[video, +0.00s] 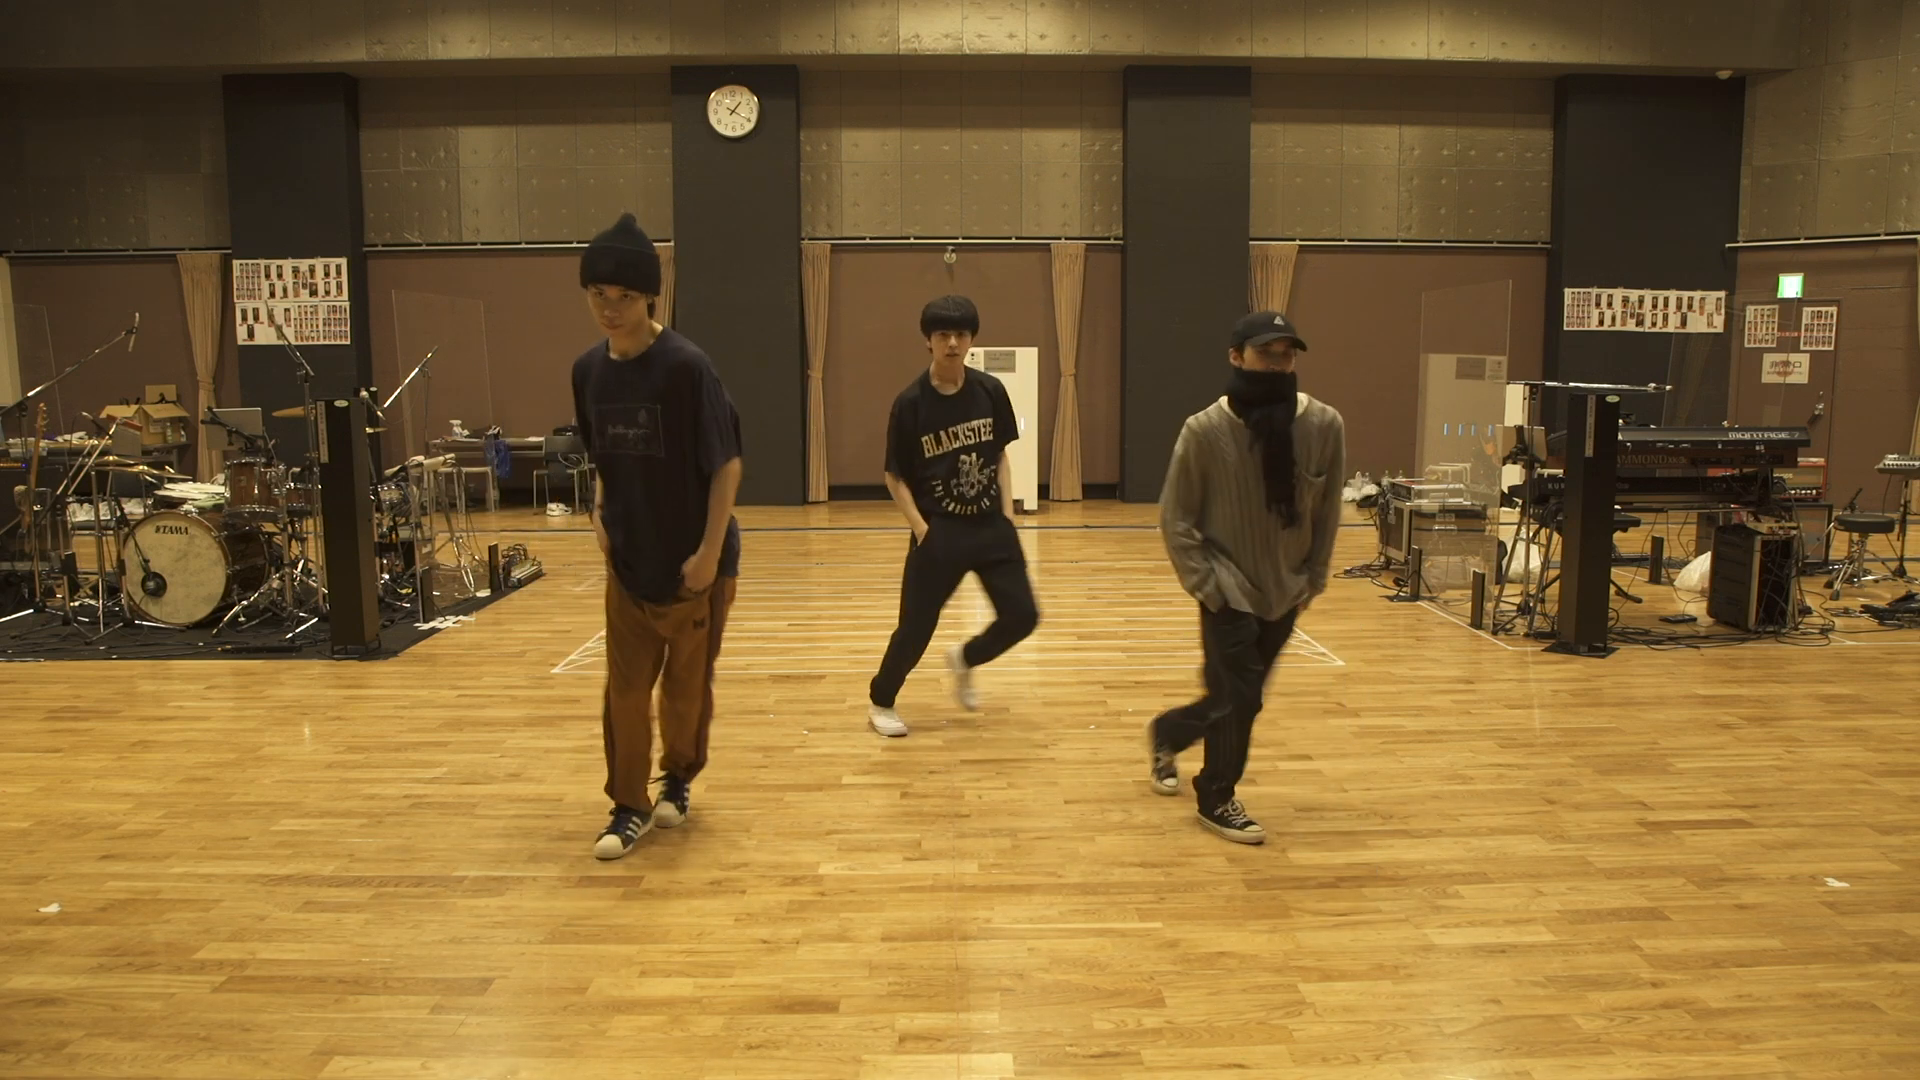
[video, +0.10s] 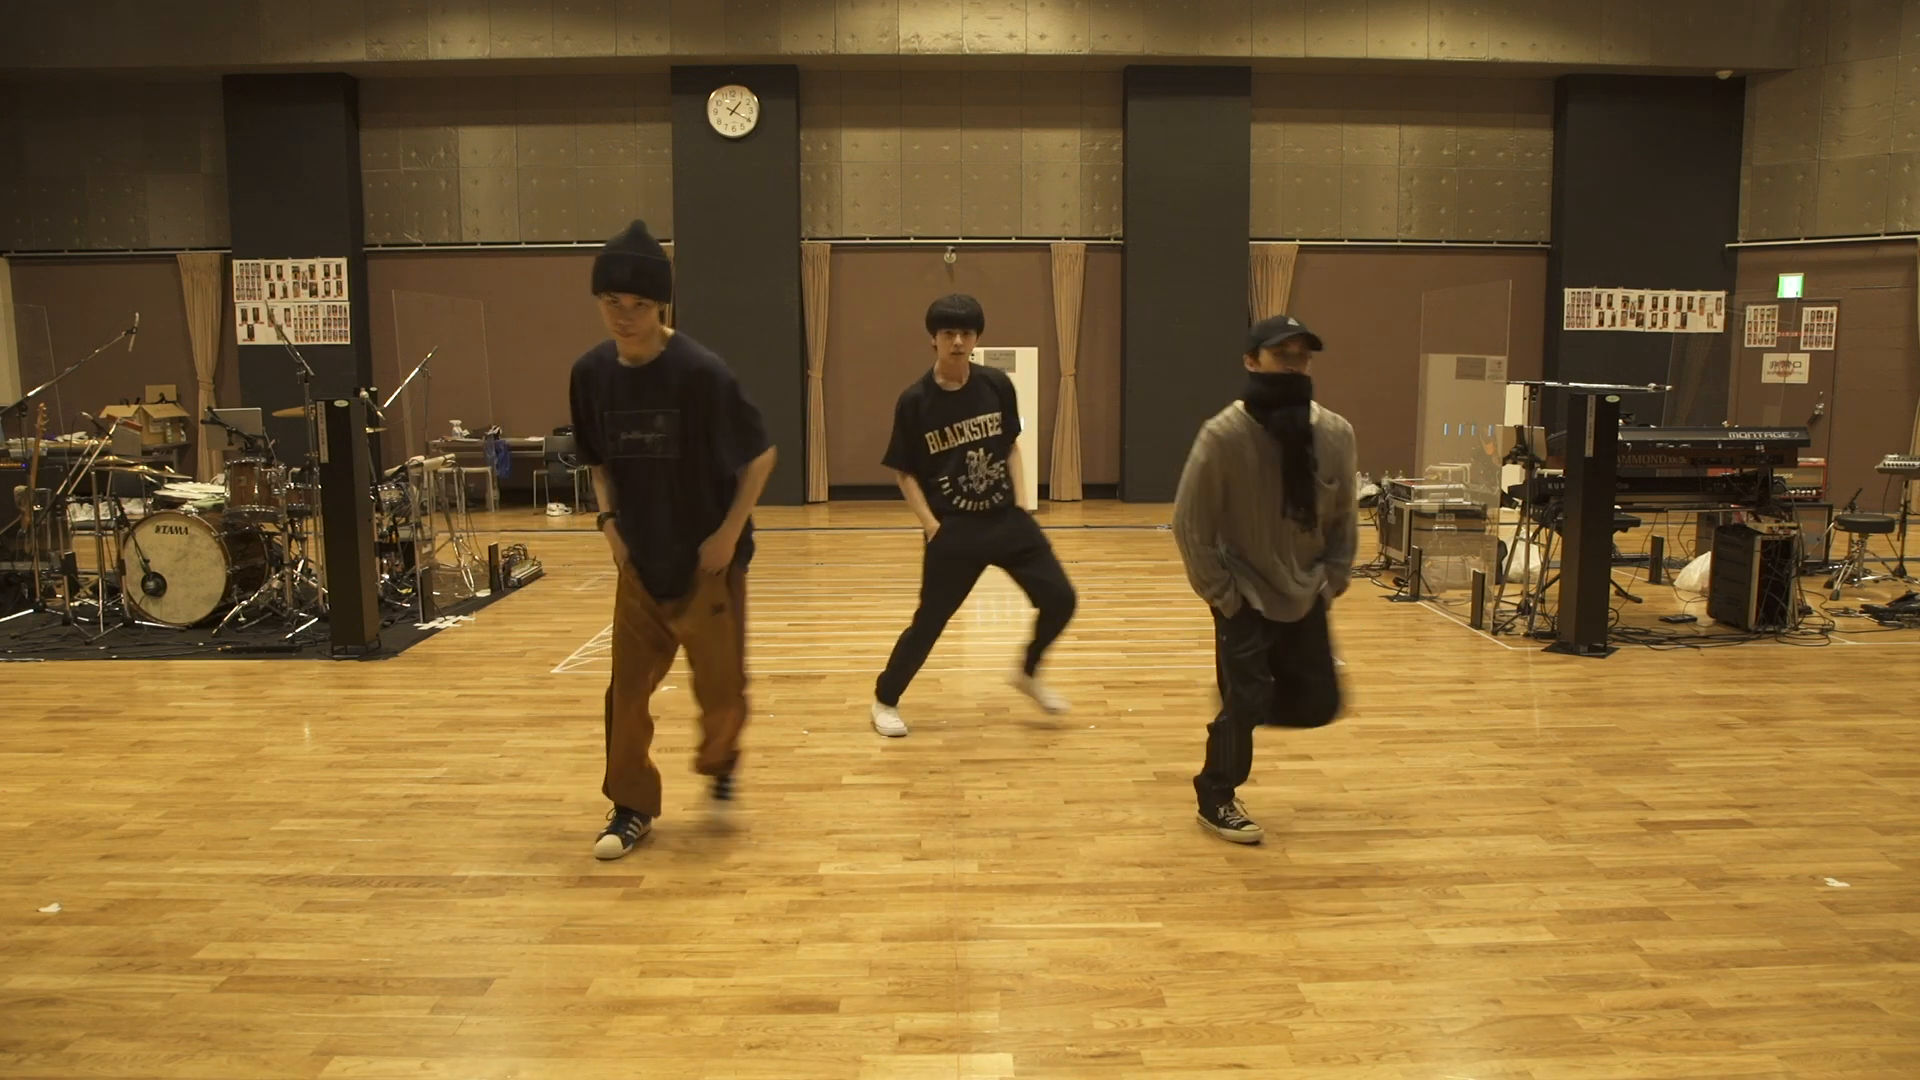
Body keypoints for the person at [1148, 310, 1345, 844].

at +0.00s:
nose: (1281, 362)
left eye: (1289, 352)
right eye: (1268, 352)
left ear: (1297, 359)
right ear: (1237, 357)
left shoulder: (1322, 425)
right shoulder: (1204, 432)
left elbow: (1328, 512)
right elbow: (1176, 521)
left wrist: (1312, 579)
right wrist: (1210, 586)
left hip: (1286, 590)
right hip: (1228, 590)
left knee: (1244, 698)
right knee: (1239, 698)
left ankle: (1167, 734)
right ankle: (1216, 798)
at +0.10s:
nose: (1295, 366)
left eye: (1303, 357)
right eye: (1282, 356)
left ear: (1311, 364)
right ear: (1253, 362)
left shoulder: (1334, 433)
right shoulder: (1222, 436)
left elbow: (1344, 519)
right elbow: (1190, 524)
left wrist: (1330, 581)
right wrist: (1223, 597)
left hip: (1305, 592)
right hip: (1243, 594)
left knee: (1319, 703)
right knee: (1246, 701)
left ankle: (1239, 708)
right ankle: (1215, 798)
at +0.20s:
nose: (1321, 367)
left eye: (1328, 357)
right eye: (1307, 357)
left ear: (1336, 364)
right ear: (1278, 364)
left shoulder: (1352, 435)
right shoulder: (1250, 439)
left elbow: (1353, 519)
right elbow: (1202, 531)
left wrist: (1346, 577)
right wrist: (1229, 605)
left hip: (1331, 598)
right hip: (1262, 608)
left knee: (1411, 659)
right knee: (1242, 714)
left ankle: (1333, 729)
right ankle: (1216, 797)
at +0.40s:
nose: (1383, 370)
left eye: (1387, 359)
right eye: (1369, 361)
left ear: (1393, 364)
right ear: (1339, 370)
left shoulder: (1386, 426)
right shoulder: (1321, 443)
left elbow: (1393, 511)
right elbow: (1292, 542)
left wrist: (1415, 572)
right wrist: (1325, 621)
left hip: (1415, 593)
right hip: (1353, 616)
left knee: (1465, 707)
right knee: (1368, 733)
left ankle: (1496, 818)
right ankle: (1285, 786)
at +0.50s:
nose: (1395, 393)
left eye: (1400, 381)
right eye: (1378, 386)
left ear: (1412, 387)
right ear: (1353, 399)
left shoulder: (1435, 462)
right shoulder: (1334, 473)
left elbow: (1458, 538)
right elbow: (1277, 551)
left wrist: (1443, 594)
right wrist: (1323, 610)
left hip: (1420, 624)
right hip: (1348, 623)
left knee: (1477, 731)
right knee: (1300, 710)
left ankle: (1497, 820)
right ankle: (1306, 776)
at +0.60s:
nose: (1381, 400)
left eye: (1387, 387)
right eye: (1365, 392)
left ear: (1402, 392)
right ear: (1343, 407)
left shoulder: (1442, 460)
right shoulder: (1318, 476)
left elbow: (1479, 532)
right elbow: (1257, 536)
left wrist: (1438, 605)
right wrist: (1307, 601)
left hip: (1410, 632)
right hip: (1328, 625)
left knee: (1475, 738)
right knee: (1255, 681)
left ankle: (1496, 821)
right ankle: (1255, 777)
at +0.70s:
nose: (1357, 373)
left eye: (1364, 360)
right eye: (1341, 365)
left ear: (1380, 366)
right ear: (1318, 379)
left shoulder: (1413, 433)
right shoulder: (1286, 439)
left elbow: (1448, 517)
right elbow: (1240, 509)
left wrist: (1419, 590)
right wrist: (1284, 582)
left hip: (1389, 621)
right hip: (1306, 617)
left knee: (1446, 723)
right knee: (1215, 695)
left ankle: (1497, 817)